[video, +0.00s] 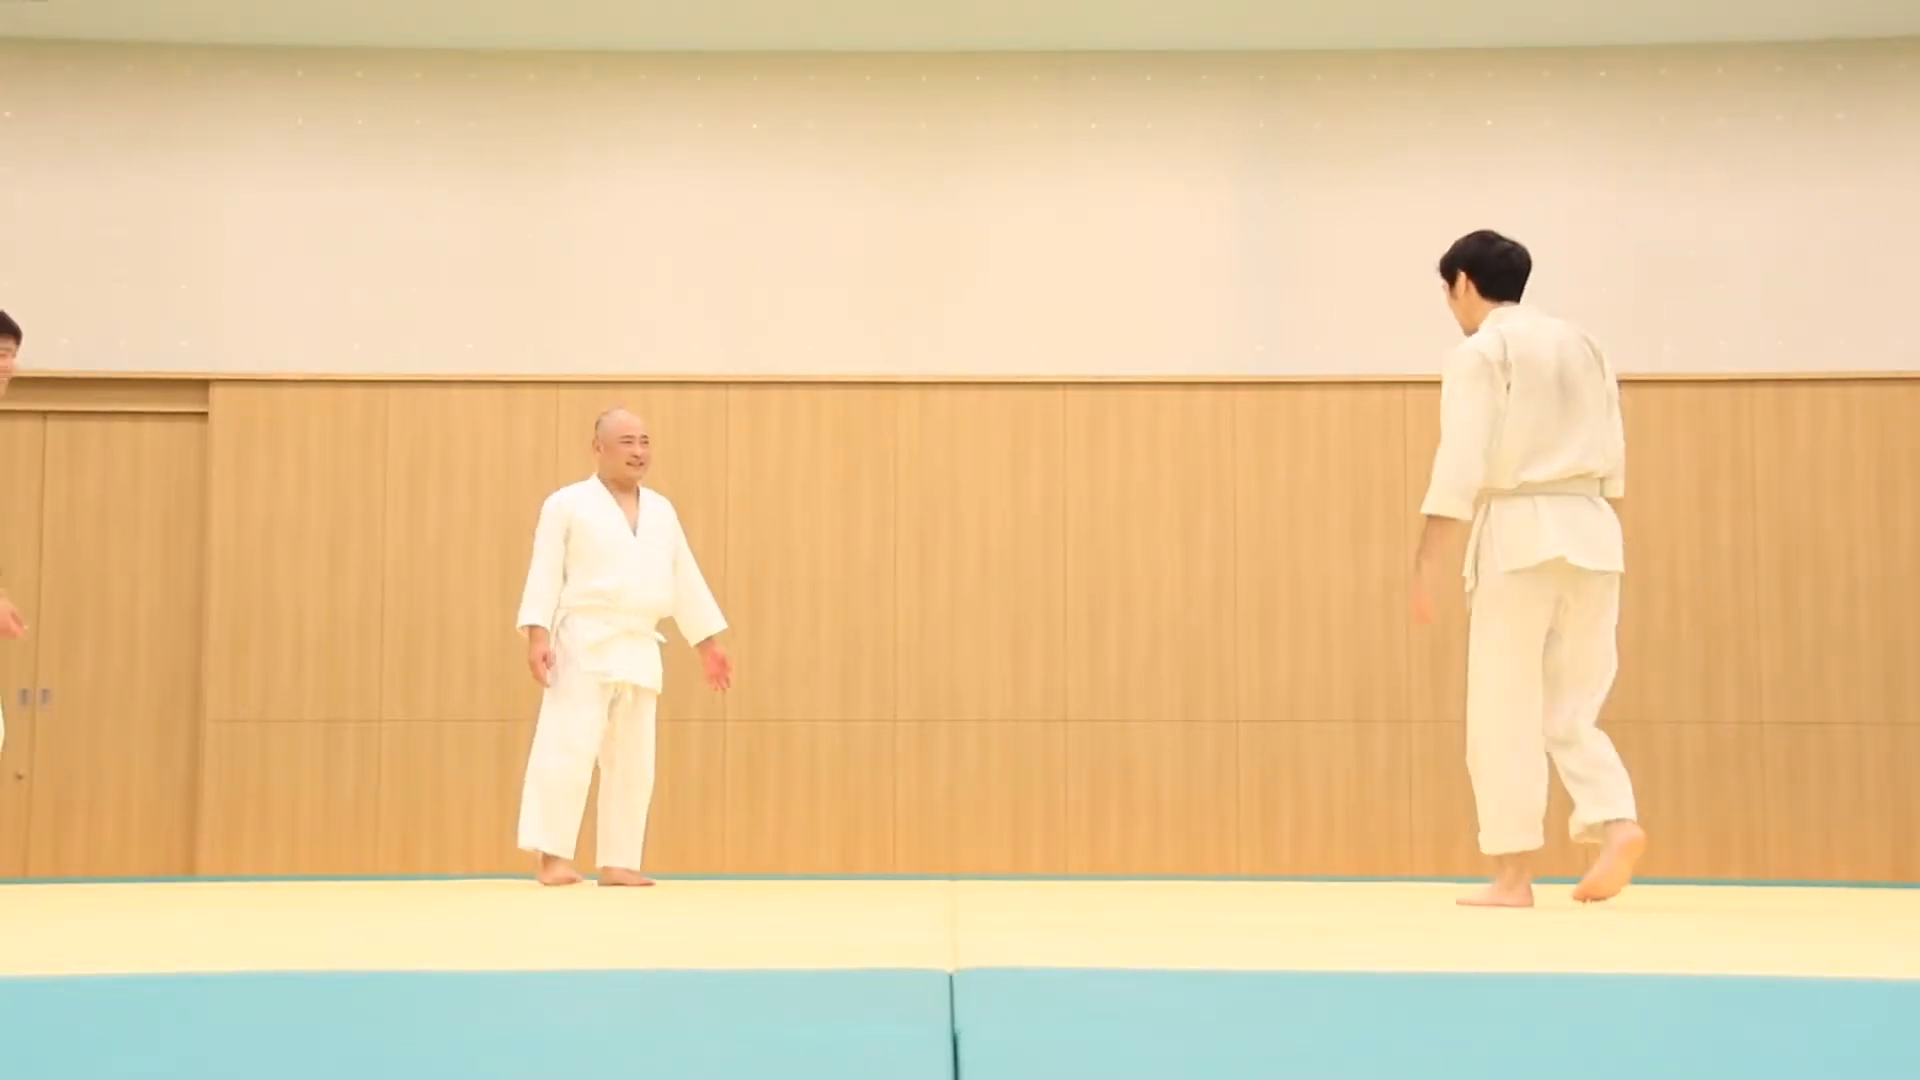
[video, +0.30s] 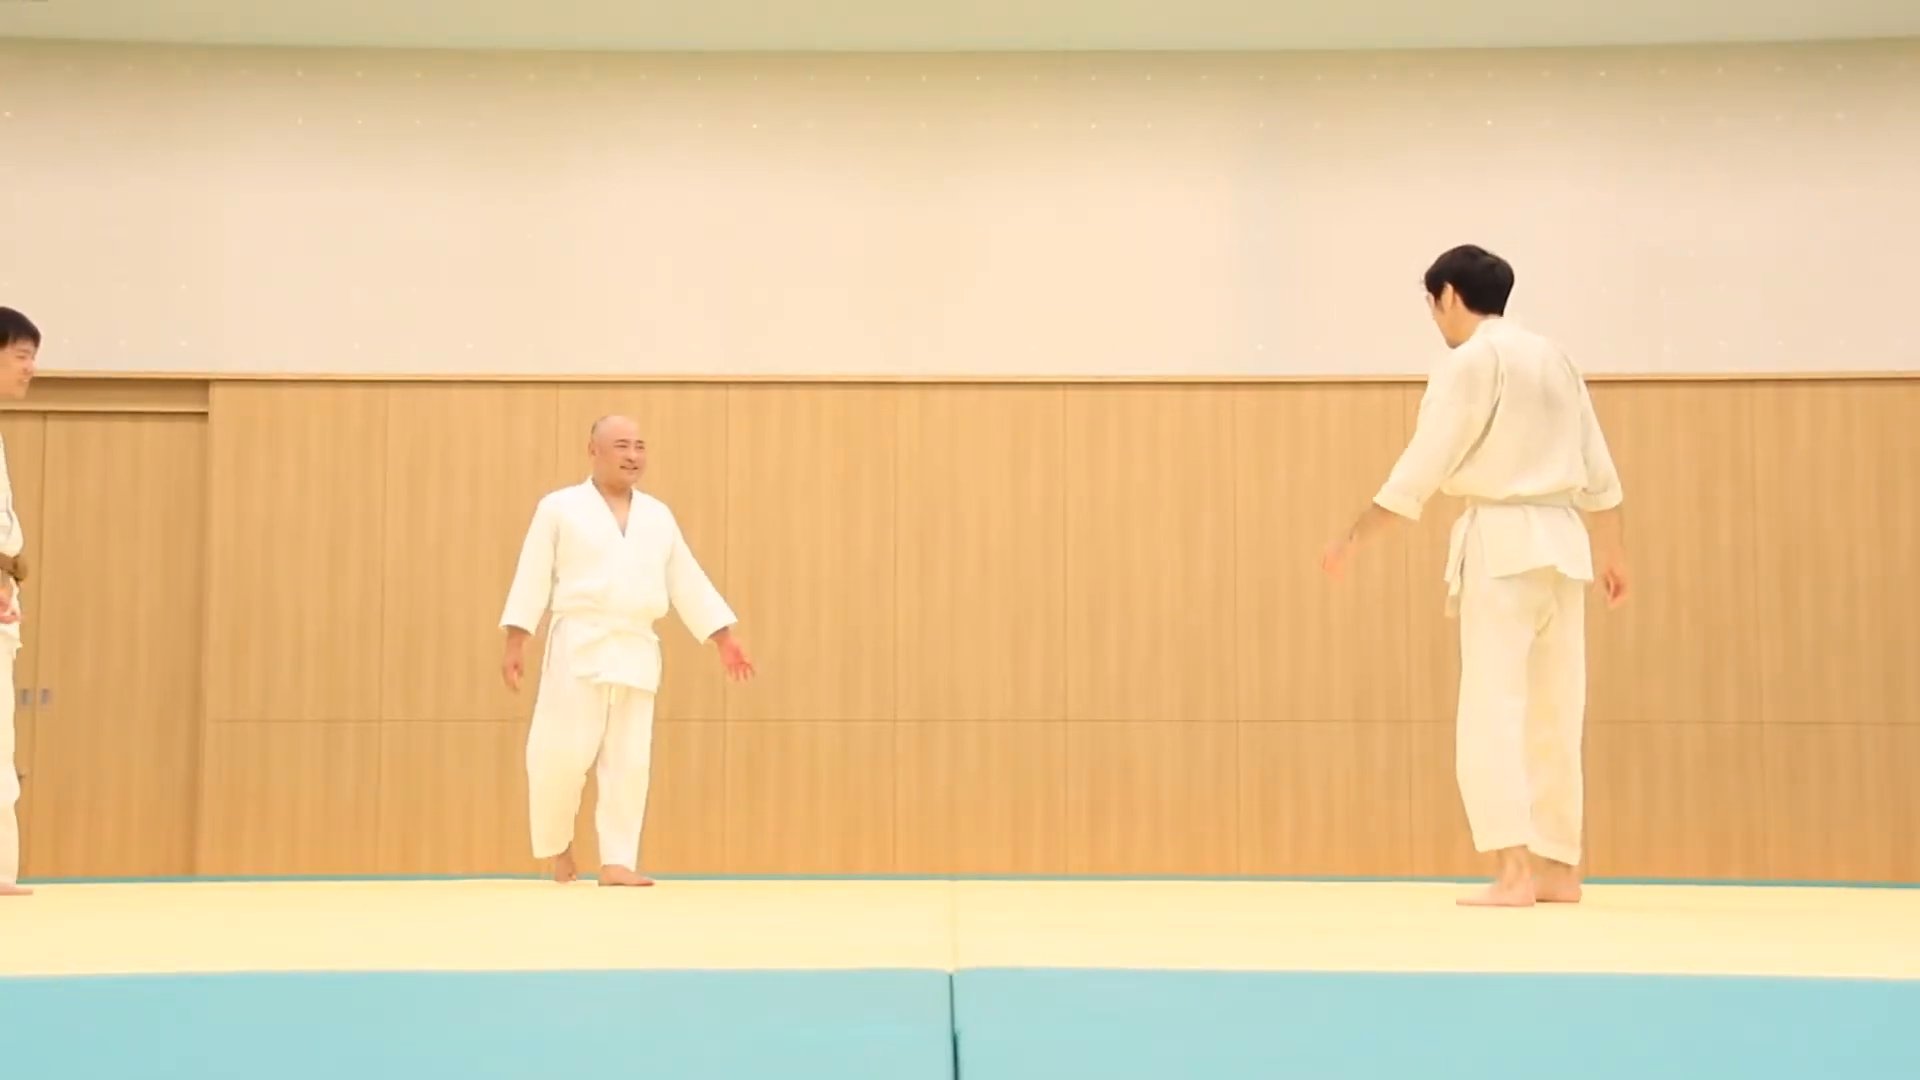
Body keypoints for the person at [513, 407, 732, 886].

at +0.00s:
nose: (639, 450)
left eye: (644, 441)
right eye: (626, 441)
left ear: (650, 449)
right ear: (598, 449)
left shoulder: (660, 509)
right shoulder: (566, 505)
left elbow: (684, 578)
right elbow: (545, 574)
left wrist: (707, 643)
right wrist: (538, 636)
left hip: (639, 648)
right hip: (580, 645)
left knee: (631, 759)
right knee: (568, 752)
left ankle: (617, 865)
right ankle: (553, 860)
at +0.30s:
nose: (633, 455)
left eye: (640, 446)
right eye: (622, 446)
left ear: (646, 454)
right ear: (594, 453)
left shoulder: (657, 516)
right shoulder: (559, 507)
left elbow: (687, 579)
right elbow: (532, 575)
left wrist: (725, 637)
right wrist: (516, 639)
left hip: (637, 648)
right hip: (576, 646)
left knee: (629, 758)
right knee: (561, 752)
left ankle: (617, 864)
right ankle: (557, 848)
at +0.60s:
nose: (609, 465)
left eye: (616, 456)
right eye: (598, 456)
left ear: (624, 463)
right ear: (573, 462)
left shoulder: (640, 516)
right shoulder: (541, 515)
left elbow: (675, 554)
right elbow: (517, 579)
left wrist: (701, 583)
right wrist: (501, 635)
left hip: (621, 650)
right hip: (559, 649)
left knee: (623, 756)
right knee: (559, 757)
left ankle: (616, 861)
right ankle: (562, 864)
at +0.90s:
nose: (597, 471)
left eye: (605, 462)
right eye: (586, 462)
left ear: (615, 467)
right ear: (563, 465)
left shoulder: (625, 511)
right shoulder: (532, 515)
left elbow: (657, 518)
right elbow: (507, 582)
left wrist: (612, 503)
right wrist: (490, 646)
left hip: (613, 647)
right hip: (553, 647)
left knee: (620, 754)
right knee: (555, 755)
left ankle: (610, 859)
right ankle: (562, 862)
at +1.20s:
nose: (599, 477)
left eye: (610, 467)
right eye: (589, 467)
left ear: (619, 471)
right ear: (568, 470)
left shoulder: (627, 515)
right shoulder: (535, 519)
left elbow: (649, 499)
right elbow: (510, 585)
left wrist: (599, 485)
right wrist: (494, 652)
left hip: (619, 651)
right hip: (560, 651)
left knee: (620, 755)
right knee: (557, 755)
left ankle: (609, 861)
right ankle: (562, 863)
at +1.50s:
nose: (604, 477)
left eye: (612, 468)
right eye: (593, 468)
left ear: (621, 472)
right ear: (570, 471)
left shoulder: (633, 519)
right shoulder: (541, 520)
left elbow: (673, 523)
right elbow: (521, 586)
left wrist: (627, 503)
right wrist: (511, 644)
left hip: (622, 650)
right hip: (565, 651)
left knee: (619, 757)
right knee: (562, 755)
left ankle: (609, 862)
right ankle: (563, 863)